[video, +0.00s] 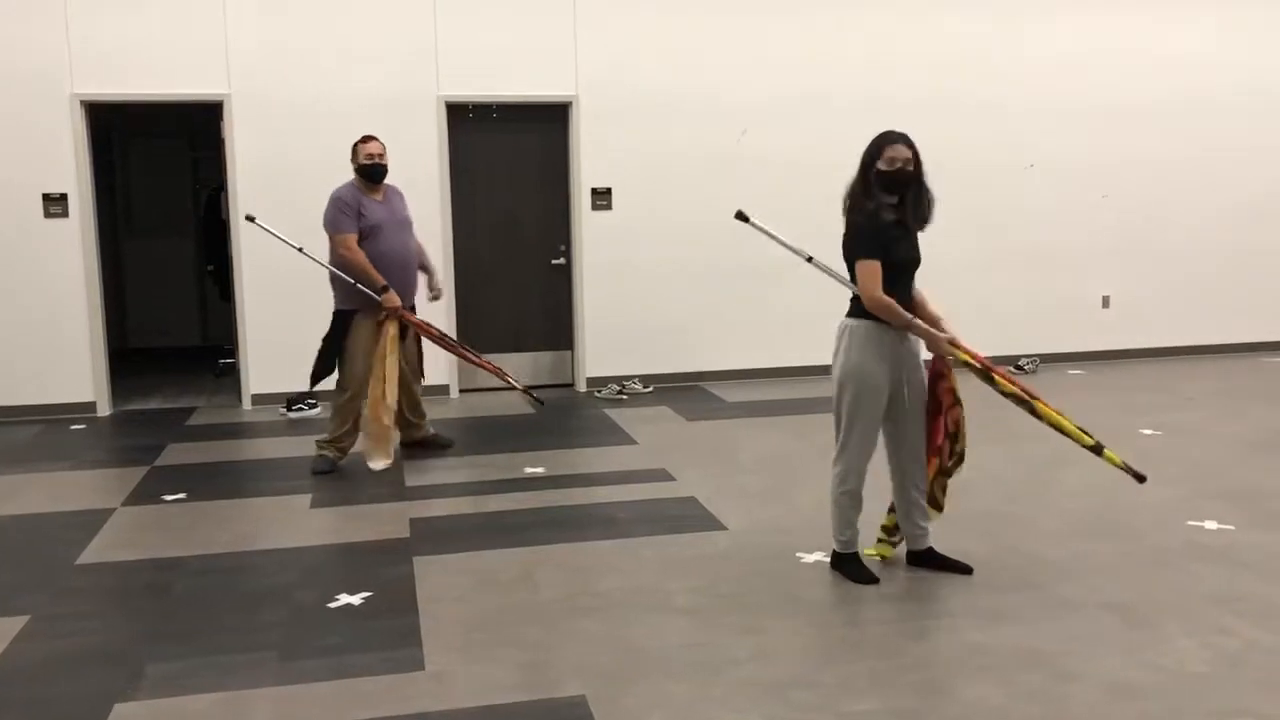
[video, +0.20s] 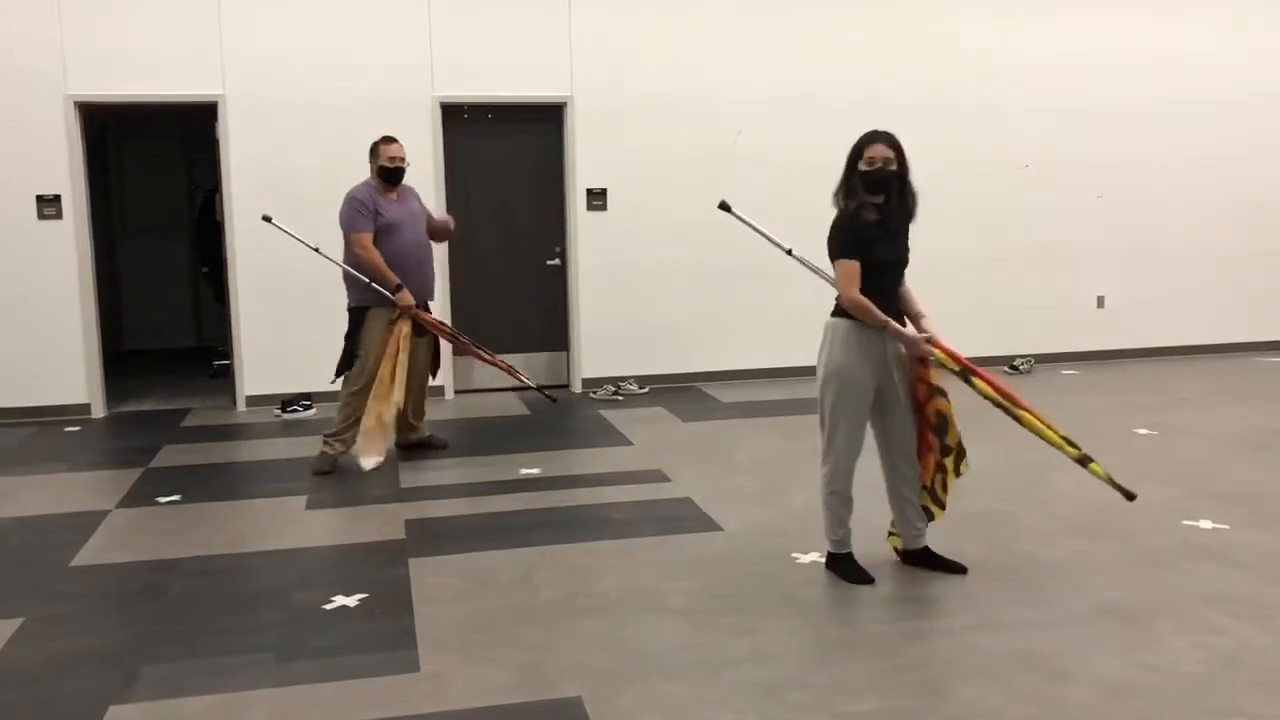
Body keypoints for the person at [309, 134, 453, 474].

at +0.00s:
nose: (375, 161)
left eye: (380, 156)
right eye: (368, 157)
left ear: (387, 161)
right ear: (354, 163)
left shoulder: (395, 195)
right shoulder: (343, 199)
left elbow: (406, 238)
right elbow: (345, 251)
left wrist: (429, 270)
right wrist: (383, 289)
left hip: (401, 303)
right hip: (360, 307)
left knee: (409, 373)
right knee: (353, 382)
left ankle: (414, 434)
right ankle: (332, 450)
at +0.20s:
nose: (398, 165)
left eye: (402, 160)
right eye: (390, 160)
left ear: (407, 163)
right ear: (374, 164)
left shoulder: (410, 196)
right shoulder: (360, 199)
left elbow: (432, 231)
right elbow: (361, 250)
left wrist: (446, 227)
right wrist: (397, 288)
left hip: (417, 302)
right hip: (375, 304)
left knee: (418, 371)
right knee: (363, 377)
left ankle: (411, 434)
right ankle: (333, 448)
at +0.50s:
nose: (408, 168)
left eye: (411, 162)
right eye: (401, 162)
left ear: (415, 164)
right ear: (383, 162)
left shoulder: (420, 193)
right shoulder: (366, 195)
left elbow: (452, 222)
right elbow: (367, 247)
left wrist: (430, 190)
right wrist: (406, 281)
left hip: (416, 295)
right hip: (379, 298)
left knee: (415, 365)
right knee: (391, 367)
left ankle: (410, 431)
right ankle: (391, 437)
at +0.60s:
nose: (409, 169)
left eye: (413, 164)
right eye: (402, 164)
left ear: (416, 165)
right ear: (384, 164)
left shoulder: (421, 196)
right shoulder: (367, 198)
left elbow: (453, 223)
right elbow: (368, 248)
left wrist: (429, 191)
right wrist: (409, 281)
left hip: (423, 298)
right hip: (383, 302)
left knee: (424, 367)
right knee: (394, 371)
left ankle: (413, 431)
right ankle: (392, 438)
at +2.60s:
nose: (478, 136)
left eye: (480, 131)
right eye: (471, 131)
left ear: (478, 135)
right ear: (452, 134)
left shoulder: (474, 164)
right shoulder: (433, 166)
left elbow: (483, 201)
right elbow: (433, 216)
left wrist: (500, 207)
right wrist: (474, 245)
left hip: (477, 265)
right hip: (442, 268)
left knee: (480, 333)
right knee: (433, 339)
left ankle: (483, 395)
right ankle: (410, 403)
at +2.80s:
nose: (478, 130)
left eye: (479, 125)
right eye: (471, 125)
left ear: (478, 131)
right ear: (453, 131)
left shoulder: (475, 162)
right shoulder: (435, 164)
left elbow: (481, 210)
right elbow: (438, 216)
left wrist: (489, 253)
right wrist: (478, 247)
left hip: (477, 264)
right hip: (443, 266)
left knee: (478, 333)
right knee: (435, 338)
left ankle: (478, 392)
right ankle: (408, 401)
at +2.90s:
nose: (477, 129)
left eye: (478, 124)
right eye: (470, 124)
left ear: (478, 131)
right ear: (452, 131)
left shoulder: (473, 161)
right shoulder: (435, 163)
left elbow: (479, 210)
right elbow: (437, 215)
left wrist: (488, 252)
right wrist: (477, 246)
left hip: (476, 263)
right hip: (442, 266)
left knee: (477, 332)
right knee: (433, 338)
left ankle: (478, 393)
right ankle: (407, 401)